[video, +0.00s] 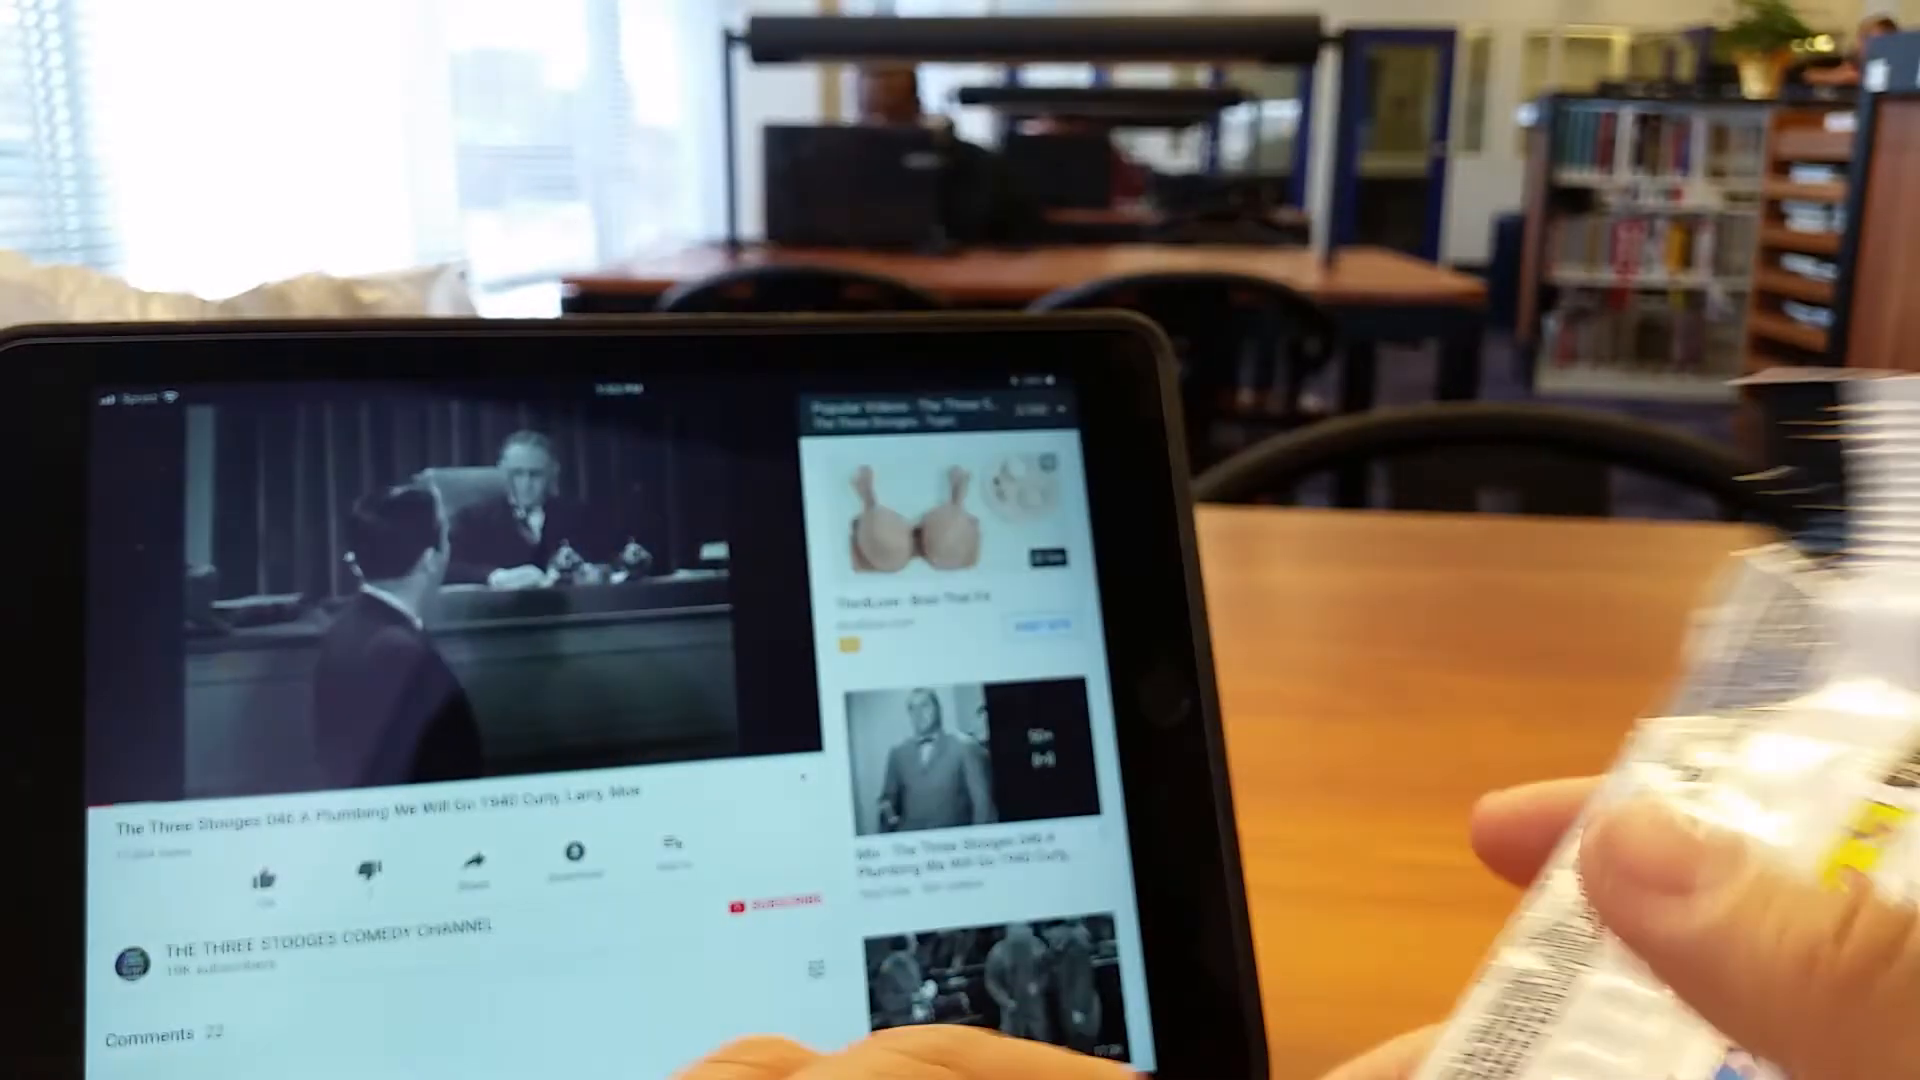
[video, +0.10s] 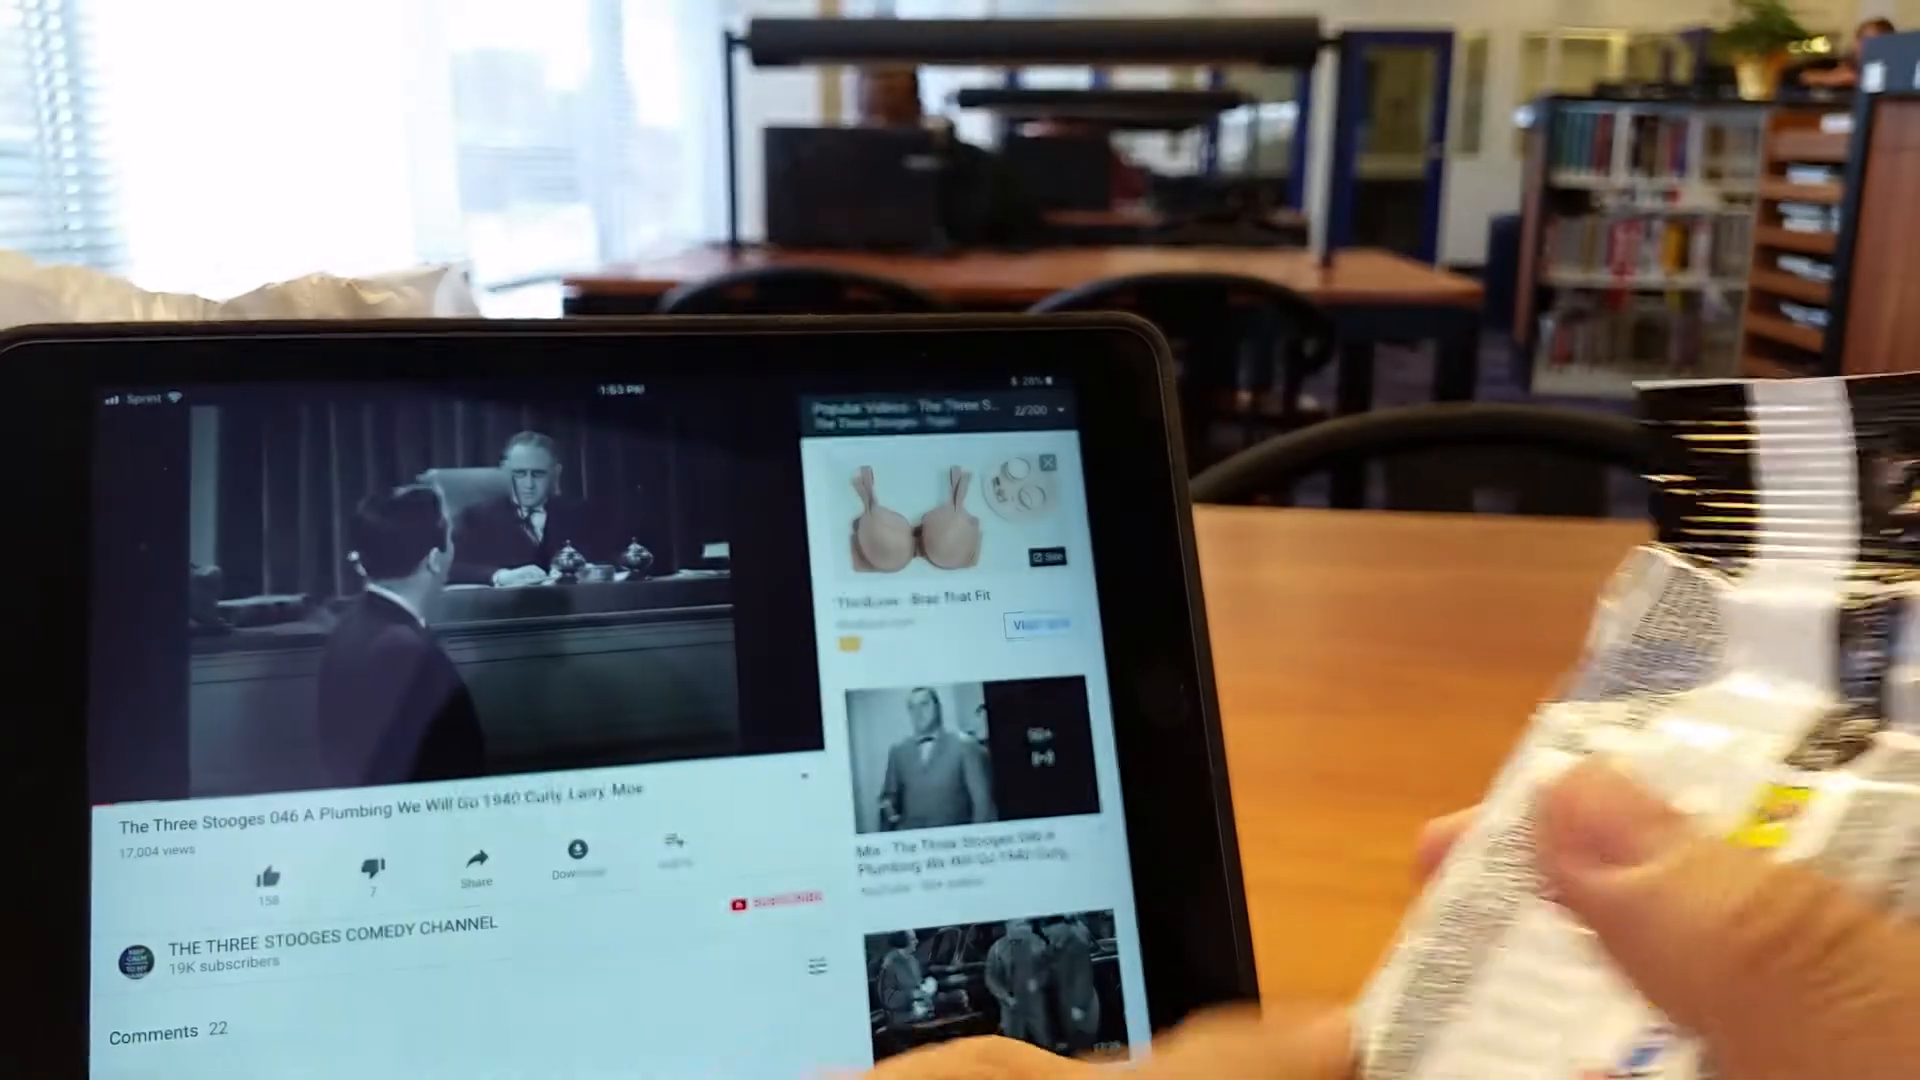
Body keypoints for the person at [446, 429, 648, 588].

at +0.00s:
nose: (524, 484)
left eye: (534, 475)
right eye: (516, 474)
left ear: (552, 476)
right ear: (503, 474)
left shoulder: (577, 518)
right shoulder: (476, 521)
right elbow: (451, 569)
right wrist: (493, 577)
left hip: (570, 628)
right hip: (501, 633)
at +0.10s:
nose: (528, 484)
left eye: (538, 474)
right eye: (519, 474)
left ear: (556, 473)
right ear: (506, 472)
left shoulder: (579, 515)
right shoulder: (479, 519)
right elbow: (453, 570)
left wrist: (587, 570)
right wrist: (498, 576)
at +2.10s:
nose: (533, 485)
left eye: (543, 475)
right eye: (524, 474)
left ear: (560, 473)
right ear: (511, 470)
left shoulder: (585, 515)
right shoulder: (484, 519)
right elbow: (454, 569)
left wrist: (597, 569)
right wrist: (504, 576)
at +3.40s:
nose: (533, 484)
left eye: (543, 474)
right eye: (525, 474)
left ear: (561, 473)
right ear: (513, 472)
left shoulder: (585, 516)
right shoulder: (493, 520)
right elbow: (465, 568)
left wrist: (592, 571)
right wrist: (506, 576)